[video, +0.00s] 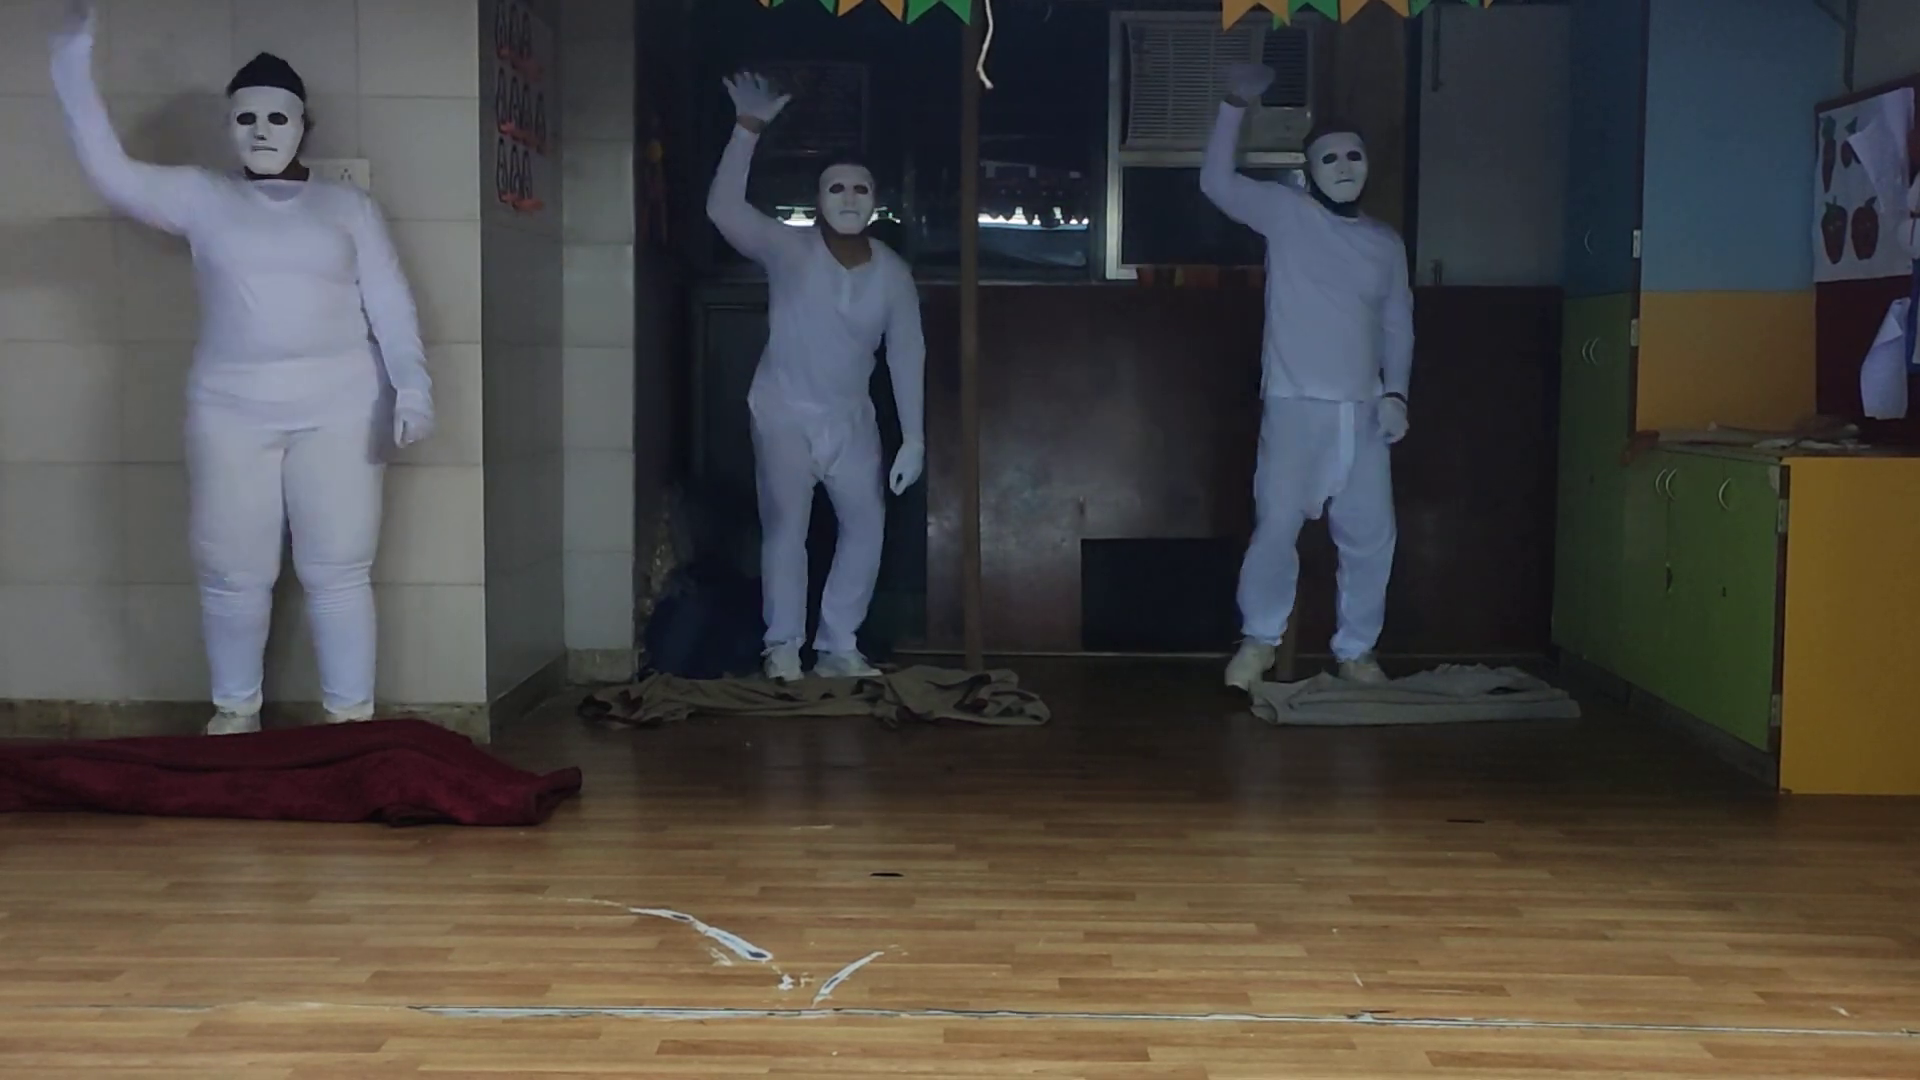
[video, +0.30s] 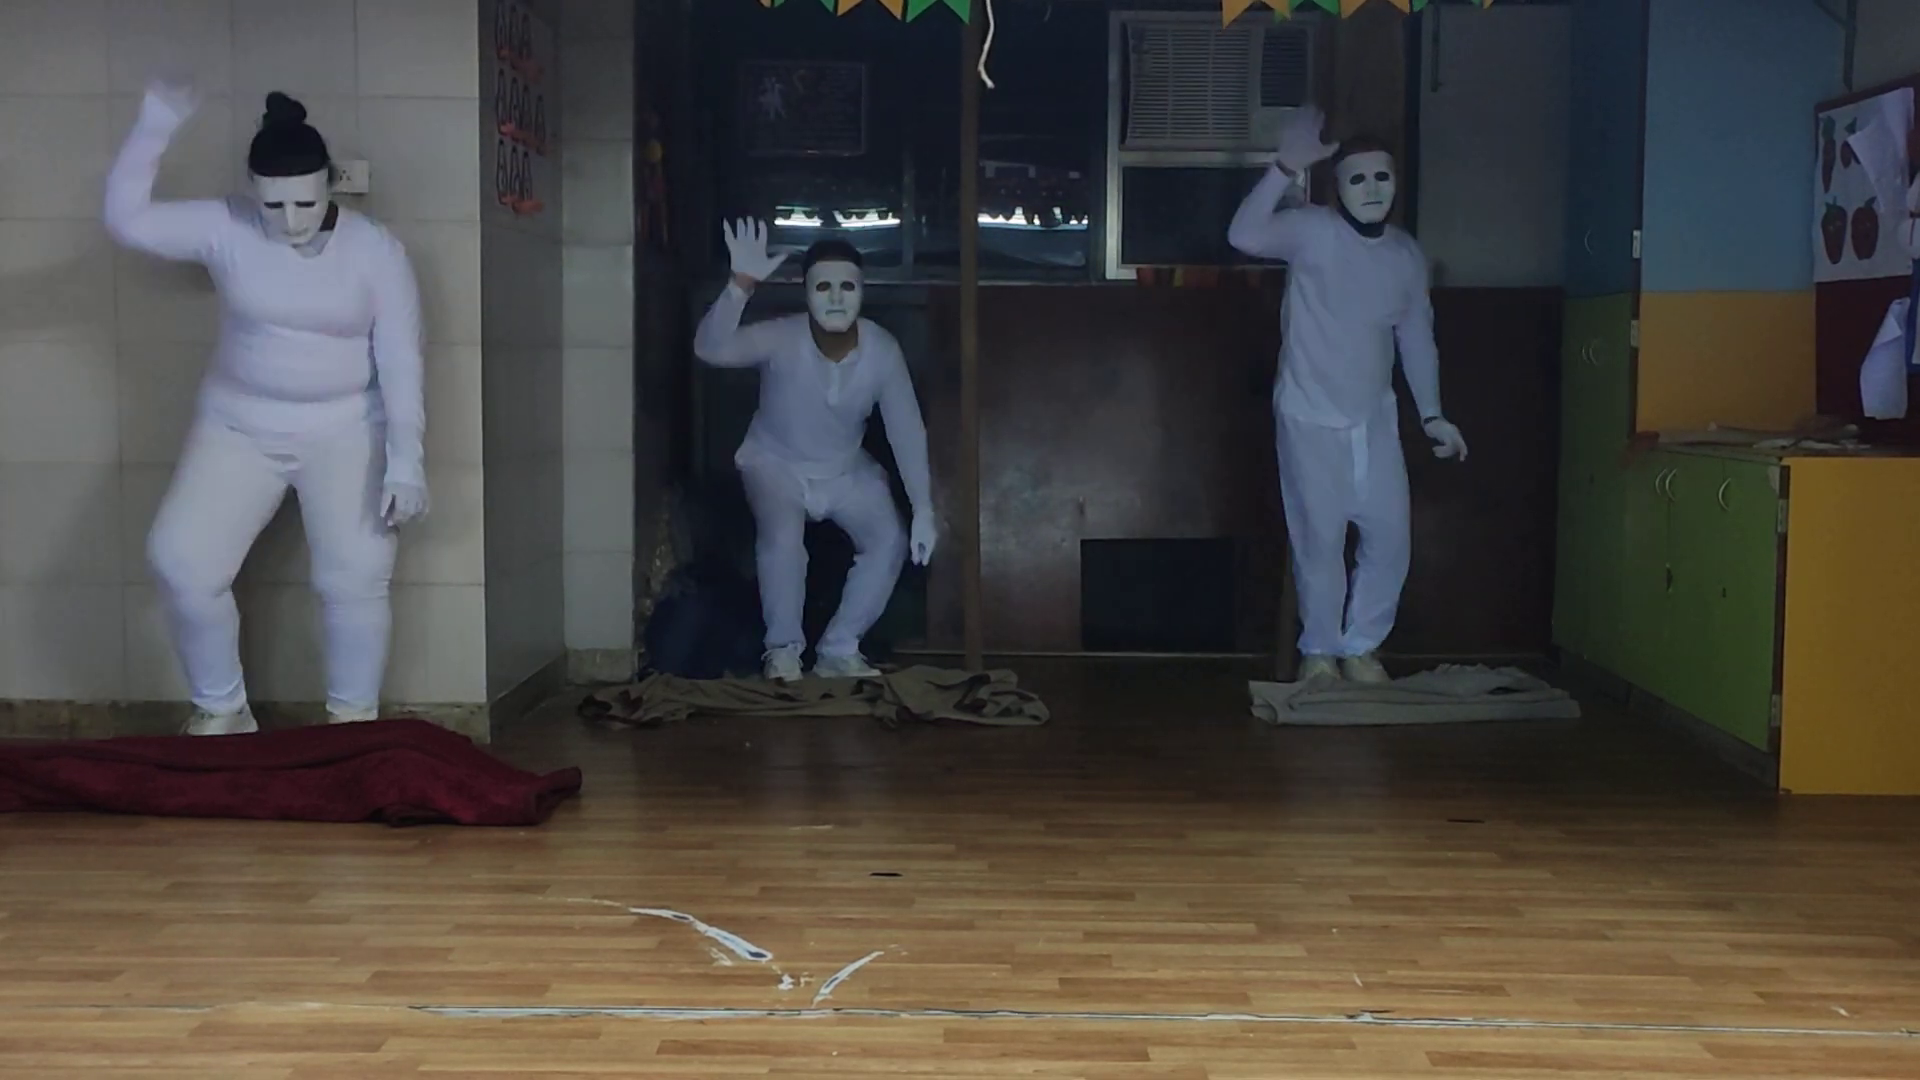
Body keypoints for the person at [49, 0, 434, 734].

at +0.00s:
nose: (262, 131)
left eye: (278, 118)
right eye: (247, 118)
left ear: (303, 126)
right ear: (229, 126)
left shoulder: (348, 209)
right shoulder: (204, 200)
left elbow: (389, 303)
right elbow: (113, 173)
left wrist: (411, 385)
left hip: (338, 410)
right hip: (233, 413)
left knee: (339, 569)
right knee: (233, 571)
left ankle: (350, 715)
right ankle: (235, 711)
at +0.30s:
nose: (293, 220)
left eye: (307, 202)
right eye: (275, 204)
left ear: (331, 187)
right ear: (253, 192)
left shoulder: (375, 254)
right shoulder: (226, 231)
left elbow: (400, 366)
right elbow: (127, 219)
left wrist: (406, 463)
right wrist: (154, 130)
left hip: (341, 436)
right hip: (238, 432)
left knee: (355, 576)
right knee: (185, 562)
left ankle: (353, 717)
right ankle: (222, 714)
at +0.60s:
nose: (283, 401)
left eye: (298, 386)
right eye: (269, 385)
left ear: (323, 366)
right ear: (252, 366)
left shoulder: (361, 402)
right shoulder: (219, 395)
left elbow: (363, 516)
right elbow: (175, 491)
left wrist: (367, 620)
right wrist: (177, 572)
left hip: (329, 531)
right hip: (235, 530)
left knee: (396, 584)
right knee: (139, 589)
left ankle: (355, 711)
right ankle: (218, 716)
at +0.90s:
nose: (261, 491)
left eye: (277, 476)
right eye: (247, 475)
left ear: (305, 458)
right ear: (233, 459)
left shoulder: (342, 490)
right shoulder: (199, 490)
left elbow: (350, 613)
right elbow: (172, 606)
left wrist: (374, 723)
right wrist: (144, 712)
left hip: (321, 591)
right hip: (232, 595)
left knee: (405, 591)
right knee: (125, 595)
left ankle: (351, 709)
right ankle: (217, 713)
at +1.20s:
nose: (255, 441)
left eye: (273, 426)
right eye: (241, 425)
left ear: (300, 425)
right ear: (225, 424)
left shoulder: (333, 469)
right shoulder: (198, 473)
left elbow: (338, 582)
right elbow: (198, 584)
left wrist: (358, 684)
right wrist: (176, 687)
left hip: (320, 586)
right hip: (236, 591)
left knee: (398, 587)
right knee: (128, 591)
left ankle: (354, 700)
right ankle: (215, 699)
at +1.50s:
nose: (252, 403)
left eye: (270, 388)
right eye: (240, 388)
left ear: (297, 391)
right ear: (225, 391)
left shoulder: (327, 438)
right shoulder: (197, 451)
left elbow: (343, 541)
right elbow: (193, 551)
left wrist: (376, 621)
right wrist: (136, 628)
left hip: (315, 580)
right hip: (232, 585)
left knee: (399, 582)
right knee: (121, 586)